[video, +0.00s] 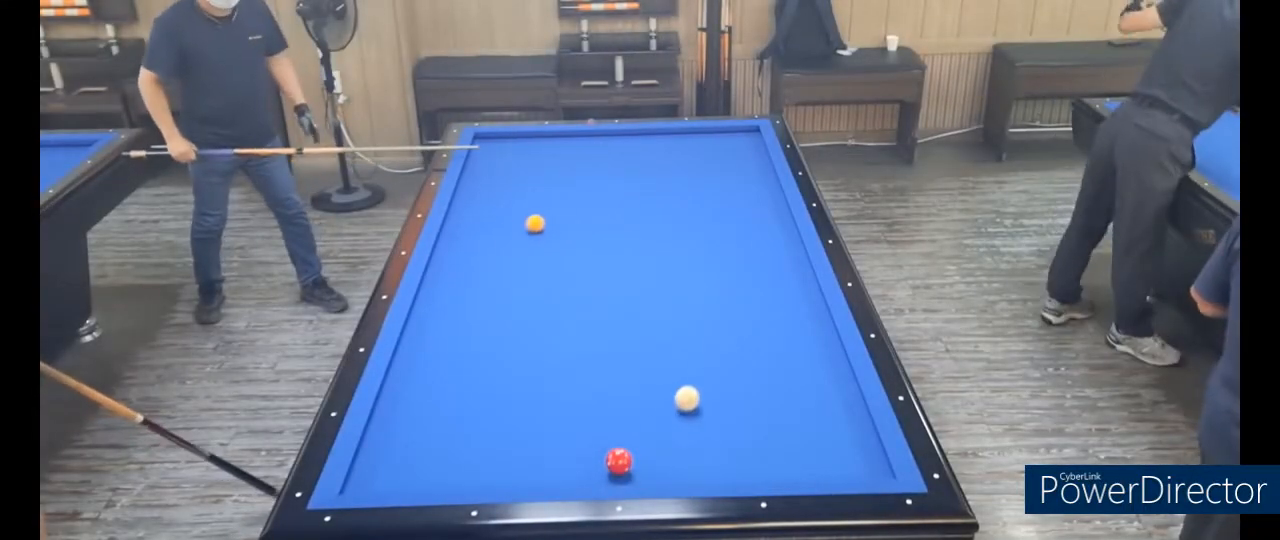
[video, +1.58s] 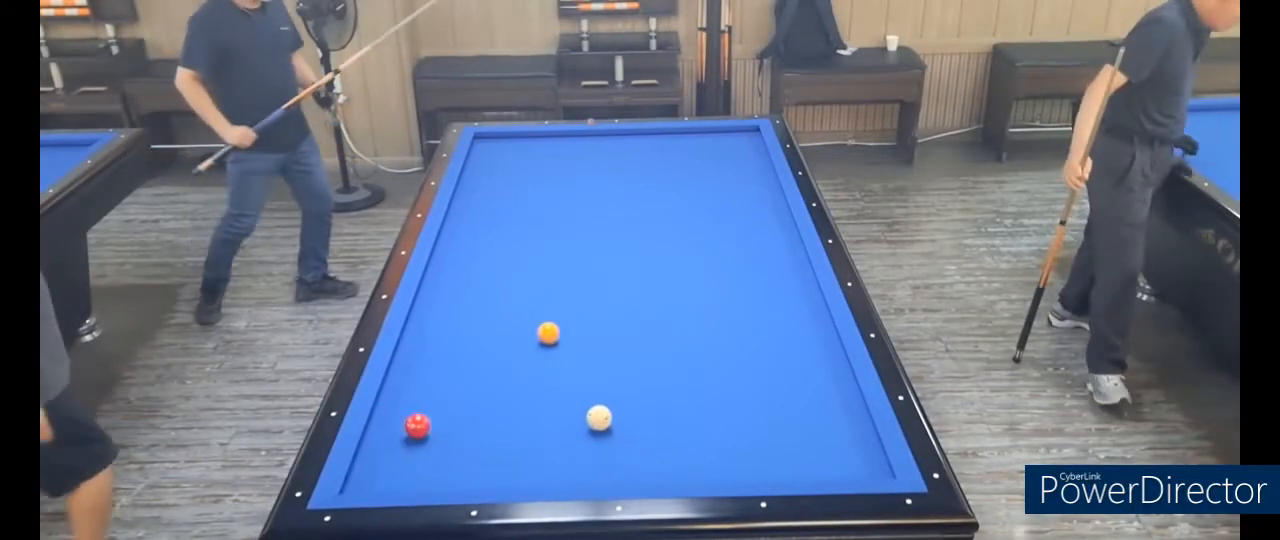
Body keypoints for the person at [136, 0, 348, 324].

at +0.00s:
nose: (226, 2)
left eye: (230, 1)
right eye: (218, 2)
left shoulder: (255, 9)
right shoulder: (172, 23)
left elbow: (278, 57)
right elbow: (148, 81)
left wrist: (300, 106)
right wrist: (173, 137)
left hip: (262, 139)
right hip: (210, 146)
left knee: (292, 209)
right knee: (209, 222)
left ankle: (313, 283)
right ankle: (210, 292)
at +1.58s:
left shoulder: (275, 8)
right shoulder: (207, 20)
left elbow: (291, 57)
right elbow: (186, 80)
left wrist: (317, 88)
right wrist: (226, 129)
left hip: (296, 137)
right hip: (251, 146)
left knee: (319, 203)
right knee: (240, 222)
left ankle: (313, 280)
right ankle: (212, 290)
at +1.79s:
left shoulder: (299, 5)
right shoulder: (237, 15)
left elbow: (312, 42)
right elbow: (230, 80)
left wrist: (337, 59)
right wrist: (278, 123)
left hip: (317, 129)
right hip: (282, 138)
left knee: (324, 209)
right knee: (296, 214)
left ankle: (313, 280)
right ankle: (262, 285)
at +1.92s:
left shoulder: (307, 4)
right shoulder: (257, 11)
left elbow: (318, 39)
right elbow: (257, 80)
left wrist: (349, 52)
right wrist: (312, 116)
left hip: (324, 125)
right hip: (296, 132)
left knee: (324, 206)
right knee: (327, 209)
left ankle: (310, 280)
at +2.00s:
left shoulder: (310, 5)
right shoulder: (267, 12)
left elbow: (322, 42)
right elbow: (271, 80)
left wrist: (355, 50)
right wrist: (329, 113)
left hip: (327, 128)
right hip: (305, 133)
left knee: (320, 208)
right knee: (340, 210)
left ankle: (312, 280)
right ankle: (362, 288)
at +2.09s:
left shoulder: (321, 6)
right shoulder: (290, 11)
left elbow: (326, 48)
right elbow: (298, 84)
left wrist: (361, 48)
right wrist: (356, 110)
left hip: (335, 128)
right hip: (319, 132)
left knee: (323, 206)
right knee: (361, 205)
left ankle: (313, 279)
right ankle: (395, 270)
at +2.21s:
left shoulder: (331, 9)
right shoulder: (326, 15)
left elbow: (337, 55)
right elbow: (345, 86)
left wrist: (374, 53)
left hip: (334, 128)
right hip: (347, 132)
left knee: (333, 204)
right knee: (390, 202)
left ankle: (313, 278)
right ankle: (424, 273)